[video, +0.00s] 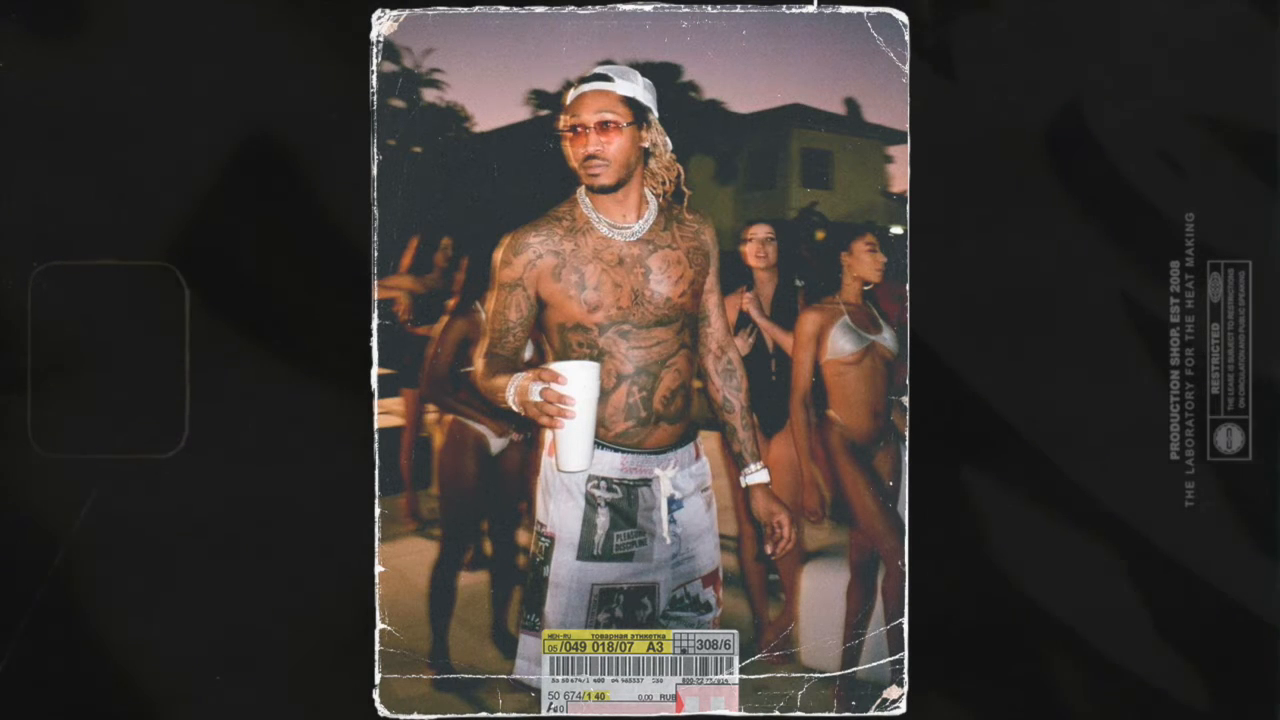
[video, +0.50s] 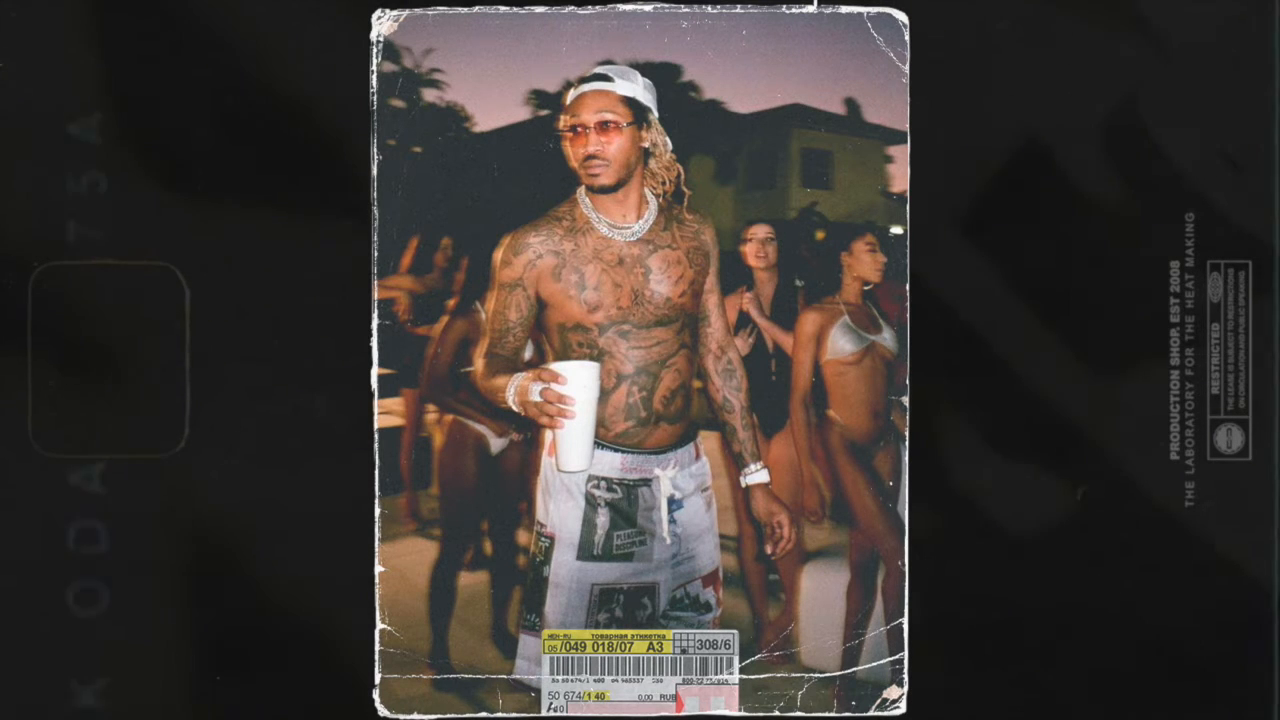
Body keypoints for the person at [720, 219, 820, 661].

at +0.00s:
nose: (760, 249)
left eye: (768, 242)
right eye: (752, 242)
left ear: (781, 249)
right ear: (741, 250)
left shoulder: (798, 296)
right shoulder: (731, 301)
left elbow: (804, 352)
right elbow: (713, 365)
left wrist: (761, 319)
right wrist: (733, 348)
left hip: (784, 419)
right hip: (739, 420)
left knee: (784, 521)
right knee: (749, 527)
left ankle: (793, 613)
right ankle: (762, 622)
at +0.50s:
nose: (760, 249)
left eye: (768, 241)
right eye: (752, 241)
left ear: (781, 249)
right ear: (741, 250)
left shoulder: (797, 295)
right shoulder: (731, 299)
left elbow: (803, 352)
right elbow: (714, 363)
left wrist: (761, 317)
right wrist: (735, 339)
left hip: (784, 419)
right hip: (738, 421)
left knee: (784, 521)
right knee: (748, 526)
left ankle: (793, 614)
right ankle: (762, 623)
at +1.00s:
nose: (761, 249)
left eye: (769, 241)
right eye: (752, 242)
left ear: (781, 249)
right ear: (741, 250)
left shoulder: (797, 295)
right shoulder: (730, 300)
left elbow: (803, 352)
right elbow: (714, 364)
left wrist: (761, 318)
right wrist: (738, 336)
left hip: (783, 419)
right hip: (738, 422)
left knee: (784, 520)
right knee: (748, 526)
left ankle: (794, 614)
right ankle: (761, 622)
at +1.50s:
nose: (761, 249)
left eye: (769, 241)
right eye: (752, 241)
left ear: (780, 249)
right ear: (740, 250)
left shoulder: (797, 295)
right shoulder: (730, 300)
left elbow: (803, 352)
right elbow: (712, 364)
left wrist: (761, 318)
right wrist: (735, 344)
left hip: (783, 419)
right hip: (738, 421)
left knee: (783, 520)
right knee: (748, 525)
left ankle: (794, 611)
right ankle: (761, 621)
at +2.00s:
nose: (760, 249)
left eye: (768, 241)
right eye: (752, 242)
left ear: (780, 249)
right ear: (741, 250)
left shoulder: (797, 296)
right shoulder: (729, 300)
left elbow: (802, 351)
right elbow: (712, 364)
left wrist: (761, 318)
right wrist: (734, 347)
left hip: (783, 420)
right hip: (738, 421)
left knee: (783, 520)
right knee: (749, 527)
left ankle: (793, 613)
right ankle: (762, 622)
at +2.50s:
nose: (760, 249)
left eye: (768, 241)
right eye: (752, 242)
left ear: (780, 249)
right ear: (741, 250)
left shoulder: (797, 296)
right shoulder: (729, 300)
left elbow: (802, 351)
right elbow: (712, 364)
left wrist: (761, 318)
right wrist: (734, 347)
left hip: (783, 420)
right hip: (738, 421)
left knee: (783, 520)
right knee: (749, 527)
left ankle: (793, 613)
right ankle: (762, 622)